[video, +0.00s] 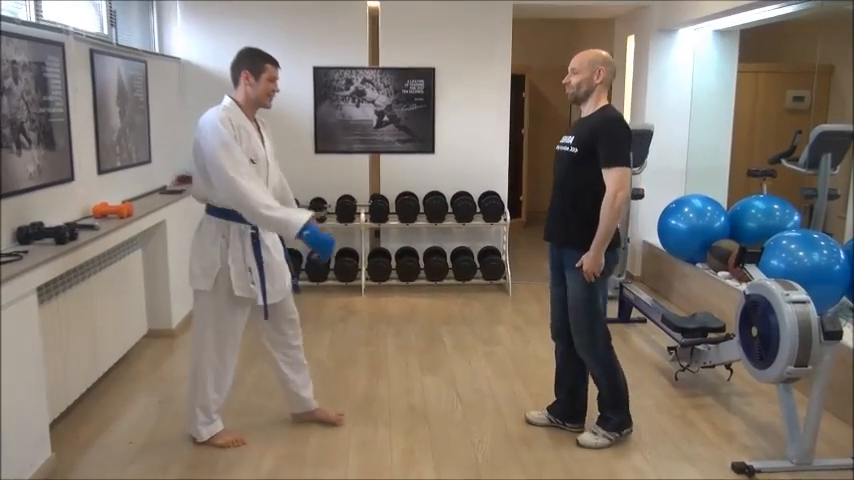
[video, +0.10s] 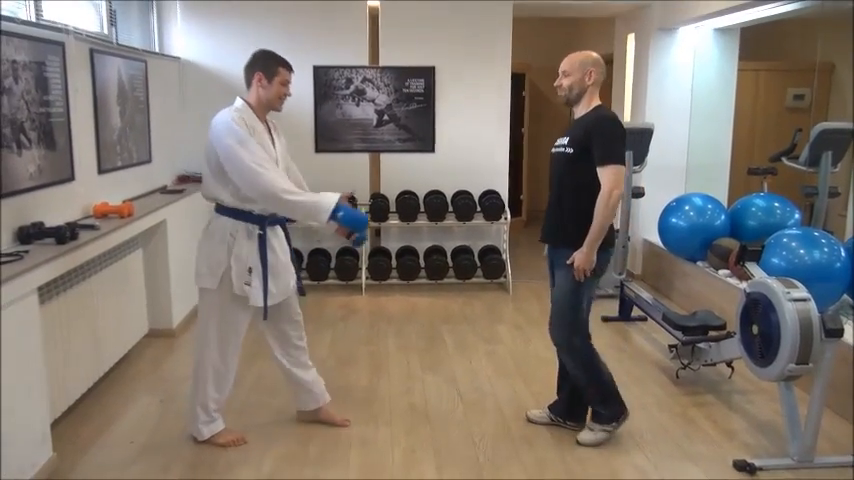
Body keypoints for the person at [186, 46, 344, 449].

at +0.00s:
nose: (277, 88)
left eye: (277, 82)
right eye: (271, 81)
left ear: (252, 82)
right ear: (246, 79)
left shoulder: (257, 126)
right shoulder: (215, 124)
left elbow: (276, 186)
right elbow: (242, 192)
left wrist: (303, 225)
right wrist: (298, 225)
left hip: (263, 236)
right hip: (225, 238)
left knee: (283, 321)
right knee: (218, 333)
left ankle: (303, 405)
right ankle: (205, 425)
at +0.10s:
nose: (288, 93)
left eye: (290, 86)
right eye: (284, 85)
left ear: (265, 84)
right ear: (259, 81)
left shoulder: (271, 129)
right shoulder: (228, 125)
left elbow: (294, 188)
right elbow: (264, 186)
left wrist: (334, 224)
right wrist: (329, 206)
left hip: (269, 238)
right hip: (232, 238)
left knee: (288, 323)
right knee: (220, 335)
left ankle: (312, 403)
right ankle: (206, 424)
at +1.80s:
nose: (321, 40)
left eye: (319, 34)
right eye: (314, 34)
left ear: (299, 39)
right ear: (290, 37)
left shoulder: (310, 87)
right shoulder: (259, 80)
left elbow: (331, 148)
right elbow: (268, 149)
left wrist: (354, 199)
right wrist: (325, 186)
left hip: (298, 191)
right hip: (256, 191)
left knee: (307, 278)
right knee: (234, 277)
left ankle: (318, 361)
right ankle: (212, 366)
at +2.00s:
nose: (302, 47)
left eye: (301, 40)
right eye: (296, 40)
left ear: (276, 45)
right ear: (271, 44)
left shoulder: (293, 92)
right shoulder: (235, 89)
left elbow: (282, 154)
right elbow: (218, 157)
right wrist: (211, 221)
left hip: (281, 196)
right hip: (239, 197)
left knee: (303, 284)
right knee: (225, 289)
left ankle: (318, 365)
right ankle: (211, 371)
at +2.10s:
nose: (299, 50)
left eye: (298, 43)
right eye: (293, 43)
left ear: (275, 49)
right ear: (268, 48)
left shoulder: (288, 91)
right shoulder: (229, 89)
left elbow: (276, 150)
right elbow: (193, 154)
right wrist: (181, 214)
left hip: (275, 198)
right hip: (232, 199)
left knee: (301, 281)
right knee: (221, 290)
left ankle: (316, 366)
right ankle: (212, 373)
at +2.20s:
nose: (300, 53)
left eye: (299, 46)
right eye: (293, 46)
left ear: (276, 49)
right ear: (269, 48)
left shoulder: (290, 93)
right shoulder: (228, 91)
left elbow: (286, 157)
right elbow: (187, 149)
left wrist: (299, 199)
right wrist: (178, 207)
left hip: (278, 198)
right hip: (232, 199)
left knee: (299, 282)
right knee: (221, 289)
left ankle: (306, 368)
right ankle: (212, 375)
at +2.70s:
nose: (303, 62)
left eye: (303, 55)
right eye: (296, 54)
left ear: (286, 57)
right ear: (271, 54)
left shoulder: (304, 101)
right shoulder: (233, 94)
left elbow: (313, 156)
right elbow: (226, 160)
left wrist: (324, 178)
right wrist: (280, 180)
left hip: (286, 206)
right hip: (237, 205)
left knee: (302, 293)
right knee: (209, 290)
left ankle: (312, 375)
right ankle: (181, 375)